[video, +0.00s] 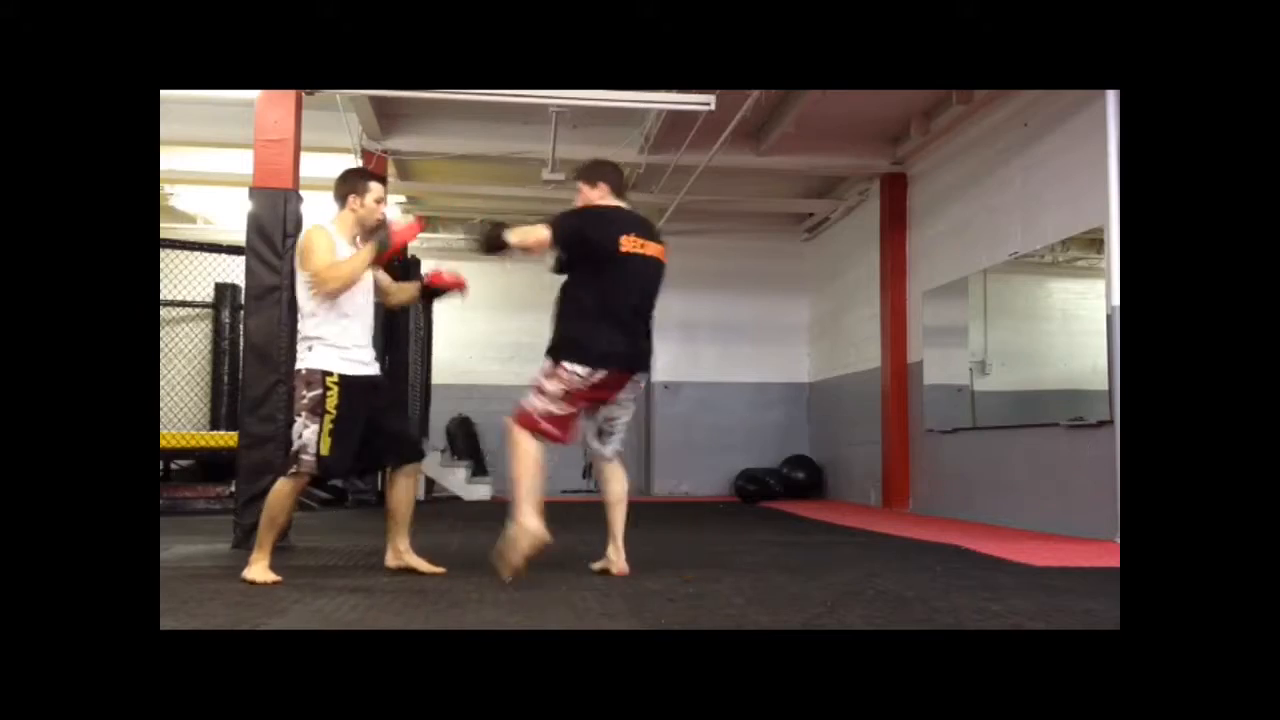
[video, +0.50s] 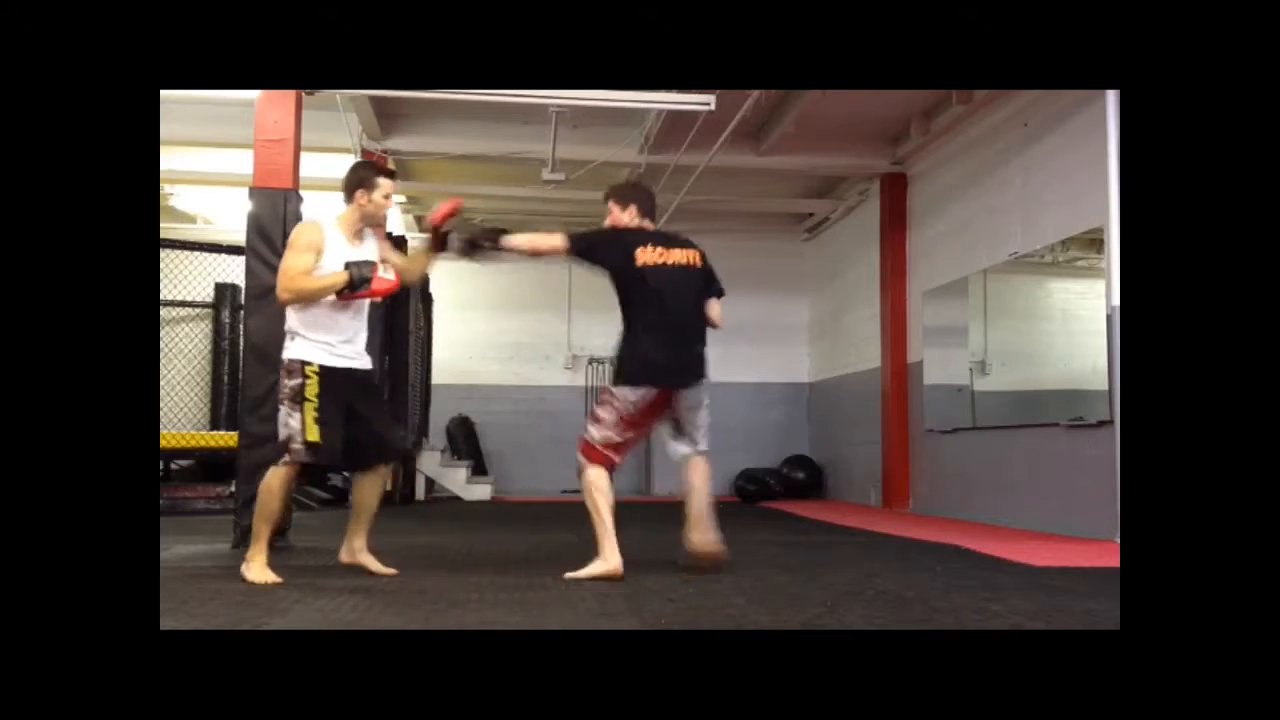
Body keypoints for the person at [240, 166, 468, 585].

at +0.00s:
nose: (384, 211)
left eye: (385, 203)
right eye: (378, 202)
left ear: (359, 204)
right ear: (352, 201)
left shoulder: (362, 250)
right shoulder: (317, 238)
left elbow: (392, 294)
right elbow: (328, 283)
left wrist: (429, 285)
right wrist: (378, 246)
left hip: (365, 372)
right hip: (322, 370)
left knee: (405, 456)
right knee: (303, 468)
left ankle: (399, 549)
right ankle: (259, 560)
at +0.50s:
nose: (390, 206)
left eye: (392, 198)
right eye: (385, 197)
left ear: (371, 199)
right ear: (360, 197)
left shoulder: (375, 243)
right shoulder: (312, 233)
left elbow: (408, 275)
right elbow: (287, 288)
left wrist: (432, 240)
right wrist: (349, 276)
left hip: (355, 365)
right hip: (308, 361)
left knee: (377, 455)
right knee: (294, 457)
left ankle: (355, 546)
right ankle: (256, 556)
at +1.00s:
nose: (345, 212)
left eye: (346, 204)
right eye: (341, 203)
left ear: (319, 203)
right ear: (315, 200)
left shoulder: (314, 252)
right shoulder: (267, 236)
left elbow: (295, 309)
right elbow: (239, 294)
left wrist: (336, 308)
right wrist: (305, 302)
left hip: (298, 372)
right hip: (256, 368)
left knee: (332, 461)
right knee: (246, 468)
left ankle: (337, 551)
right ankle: (196, 555)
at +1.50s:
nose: (331, 197)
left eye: (331, 190)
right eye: (325, 188)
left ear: (304, 192)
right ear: (298, 189)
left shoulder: (310, 247)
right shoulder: (256, 229)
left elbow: (300, 295)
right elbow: (211, 279)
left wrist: (326, 300)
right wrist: (273, 294)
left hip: (288, 360)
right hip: (251, 356)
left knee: (280, 460)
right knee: (256, 456)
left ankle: (253, 554)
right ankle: (208, 541)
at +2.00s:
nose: (352, 195)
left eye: (351, 187)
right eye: (345, 186)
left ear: (325, 191)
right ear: (319, 188)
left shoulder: (327, 243)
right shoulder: (285, 228)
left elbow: (319, 290)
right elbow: (250, 282)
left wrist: (343, 298)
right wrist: (308, 299)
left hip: (319, 366)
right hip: (279, 363)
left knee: (353, 454)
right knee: (274, 464)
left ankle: (353, 546)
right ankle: (243, 561)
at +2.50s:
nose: (422, 210)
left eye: (422, 203)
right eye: (416, 201)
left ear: (397, 203)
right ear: (391, 200)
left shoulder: (394, 255)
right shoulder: (353, 237)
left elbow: (383, 304)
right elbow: (314, 284)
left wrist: (401, 312)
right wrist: (373, 306)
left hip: (371, 365)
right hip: (333, 361)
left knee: (394, 460)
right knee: (330, 460)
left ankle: (393, 555)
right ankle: (287, 559)